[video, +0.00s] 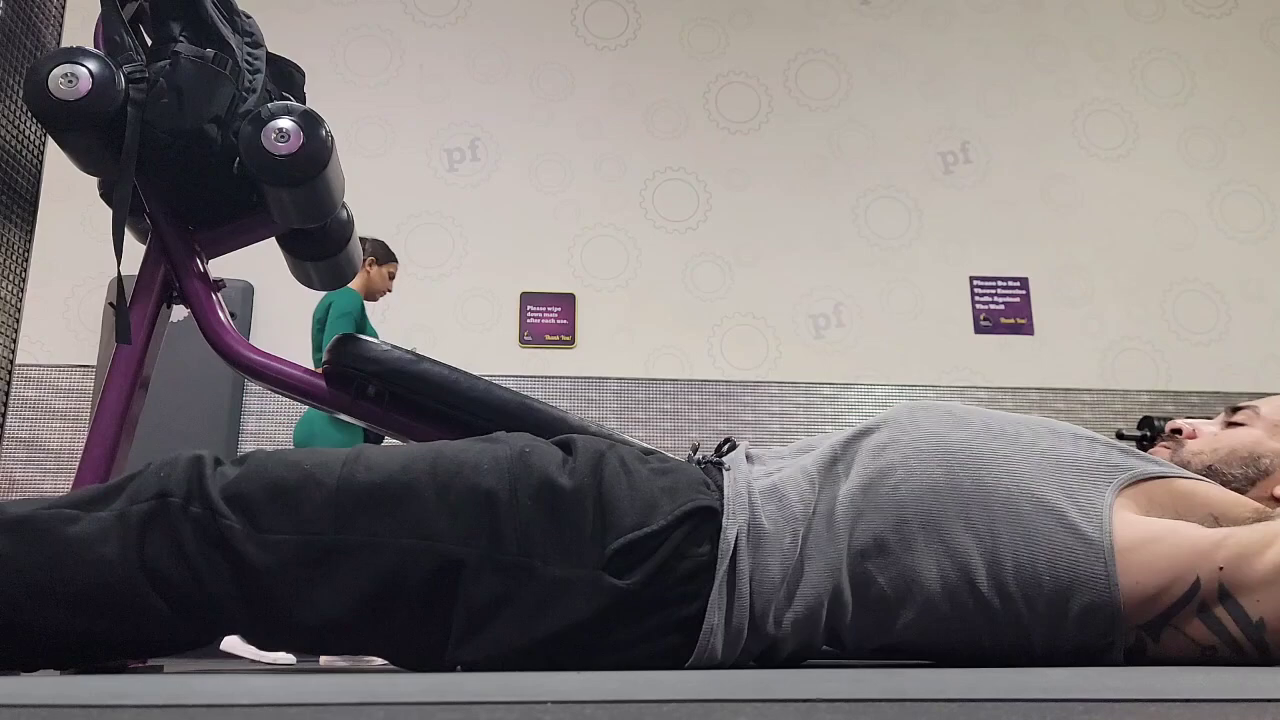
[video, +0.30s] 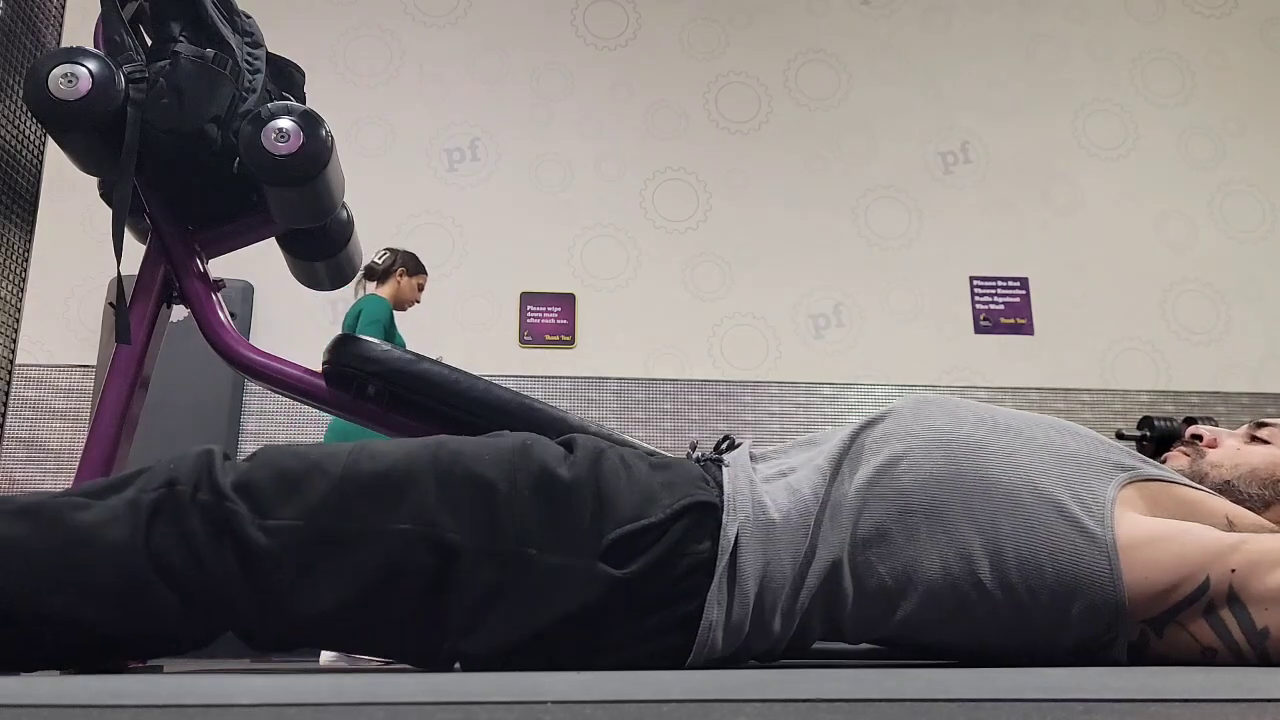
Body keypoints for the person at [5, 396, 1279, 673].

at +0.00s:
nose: (1233, 415)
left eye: (1255, 426)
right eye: (1243, 404)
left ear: (1261, 472)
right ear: (1211, 417)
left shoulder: (1219, 545)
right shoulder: (1118, 469)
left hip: (673, 551)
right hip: (663, 492)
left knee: (210, 525)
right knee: (212, 513)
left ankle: (21, 583)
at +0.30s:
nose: (1235, 435)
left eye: (1259, 447)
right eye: (1243, 425)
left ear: (1262, 499)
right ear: (1205, 432)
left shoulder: (1212, 552)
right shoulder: (1121, 480)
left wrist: (1241, 541)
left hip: (670, 550)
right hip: (663, 495)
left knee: (228, 532)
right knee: (225, 511)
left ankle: (13, 568)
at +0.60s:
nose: (1232, 438)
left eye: (1257, 450)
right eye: (1237, 428)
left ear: (1261, 504)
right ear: (1195, 433)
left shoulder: (1201, 555)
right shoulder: (1111, 479)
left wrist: (1244, 525)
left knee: (226, 456)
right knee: (242, 441)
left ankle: (10, 530)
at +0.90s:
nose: (1221, 445)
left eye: (1246, 456)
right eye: (1233, 431)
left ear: (1238, 501)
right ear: (1191, 440)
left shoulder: (1166, 564)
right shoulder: (1110, 486)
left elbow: (1278, 566)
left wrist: (1241, 497)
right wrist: (1224, 467)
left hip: (661, 565)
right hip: (650, 497)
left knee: (279, 333)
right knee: (285, 331)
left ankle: (7, 372)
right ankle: (16, 375)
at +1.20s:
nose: (1185, 417)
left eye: (1207, 418)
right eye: (1197, 401)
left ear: (1229, 479)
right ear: (1199, 440)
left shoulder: (1187, 572)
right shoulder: (1092, 489)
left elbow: (1238, 412)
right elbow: (1004, 432)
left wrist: (1250, 270)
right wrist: (1149, 297)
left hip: (654, 566)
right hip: (659, 500)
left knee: (409, 230)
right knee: (408, 234)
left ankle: (56, 222)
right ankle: (75, 205)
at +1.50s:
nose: (1067, 328)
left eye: (1111, 318)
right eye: (1081, 308)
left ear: (1204, 371)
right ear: (1157, 369)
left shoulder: (1173, 482)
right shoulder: (1028, 472)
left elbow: (968, 286)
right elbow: (827, 373)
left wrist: (849, 96)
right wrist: (780, 190)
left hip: (681, 562)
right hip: (664, 534)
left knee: (514, 187)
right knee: (508, 209)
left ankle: (144, 142)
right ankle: (176, 191)